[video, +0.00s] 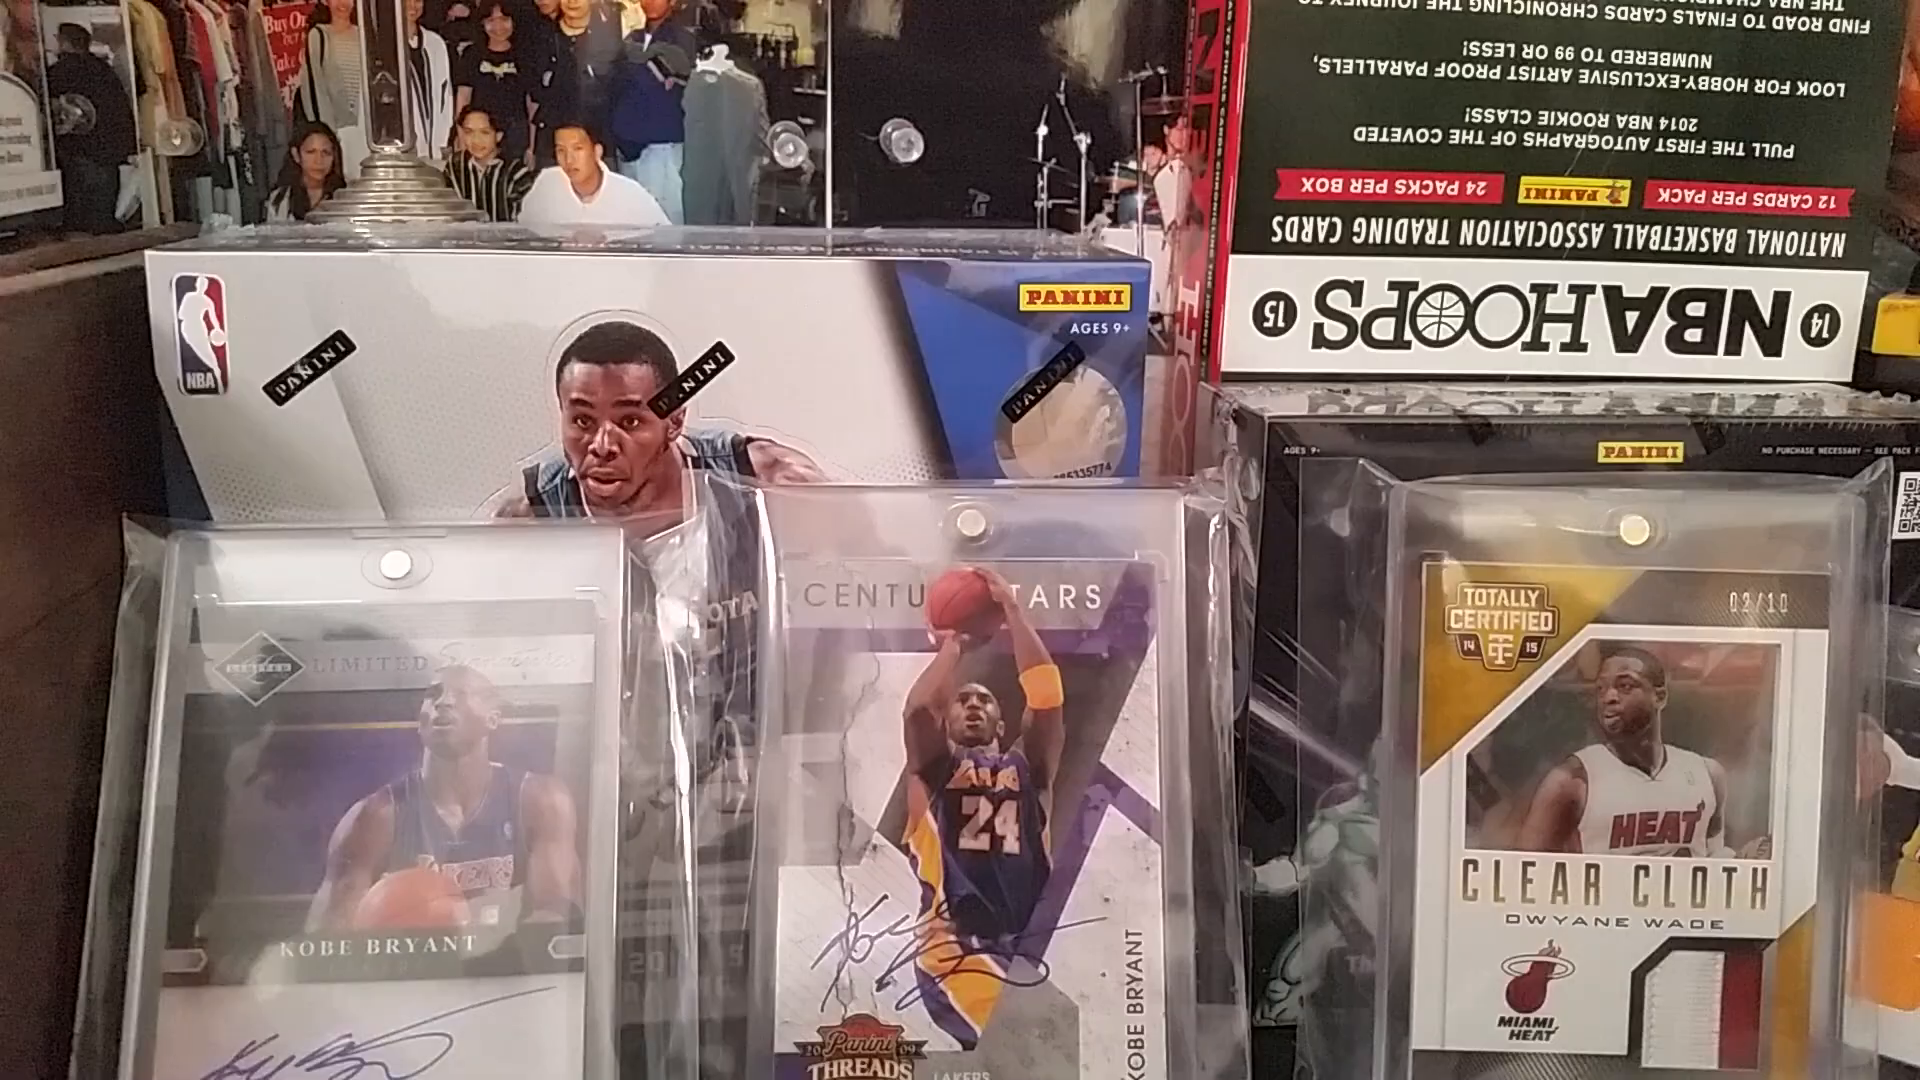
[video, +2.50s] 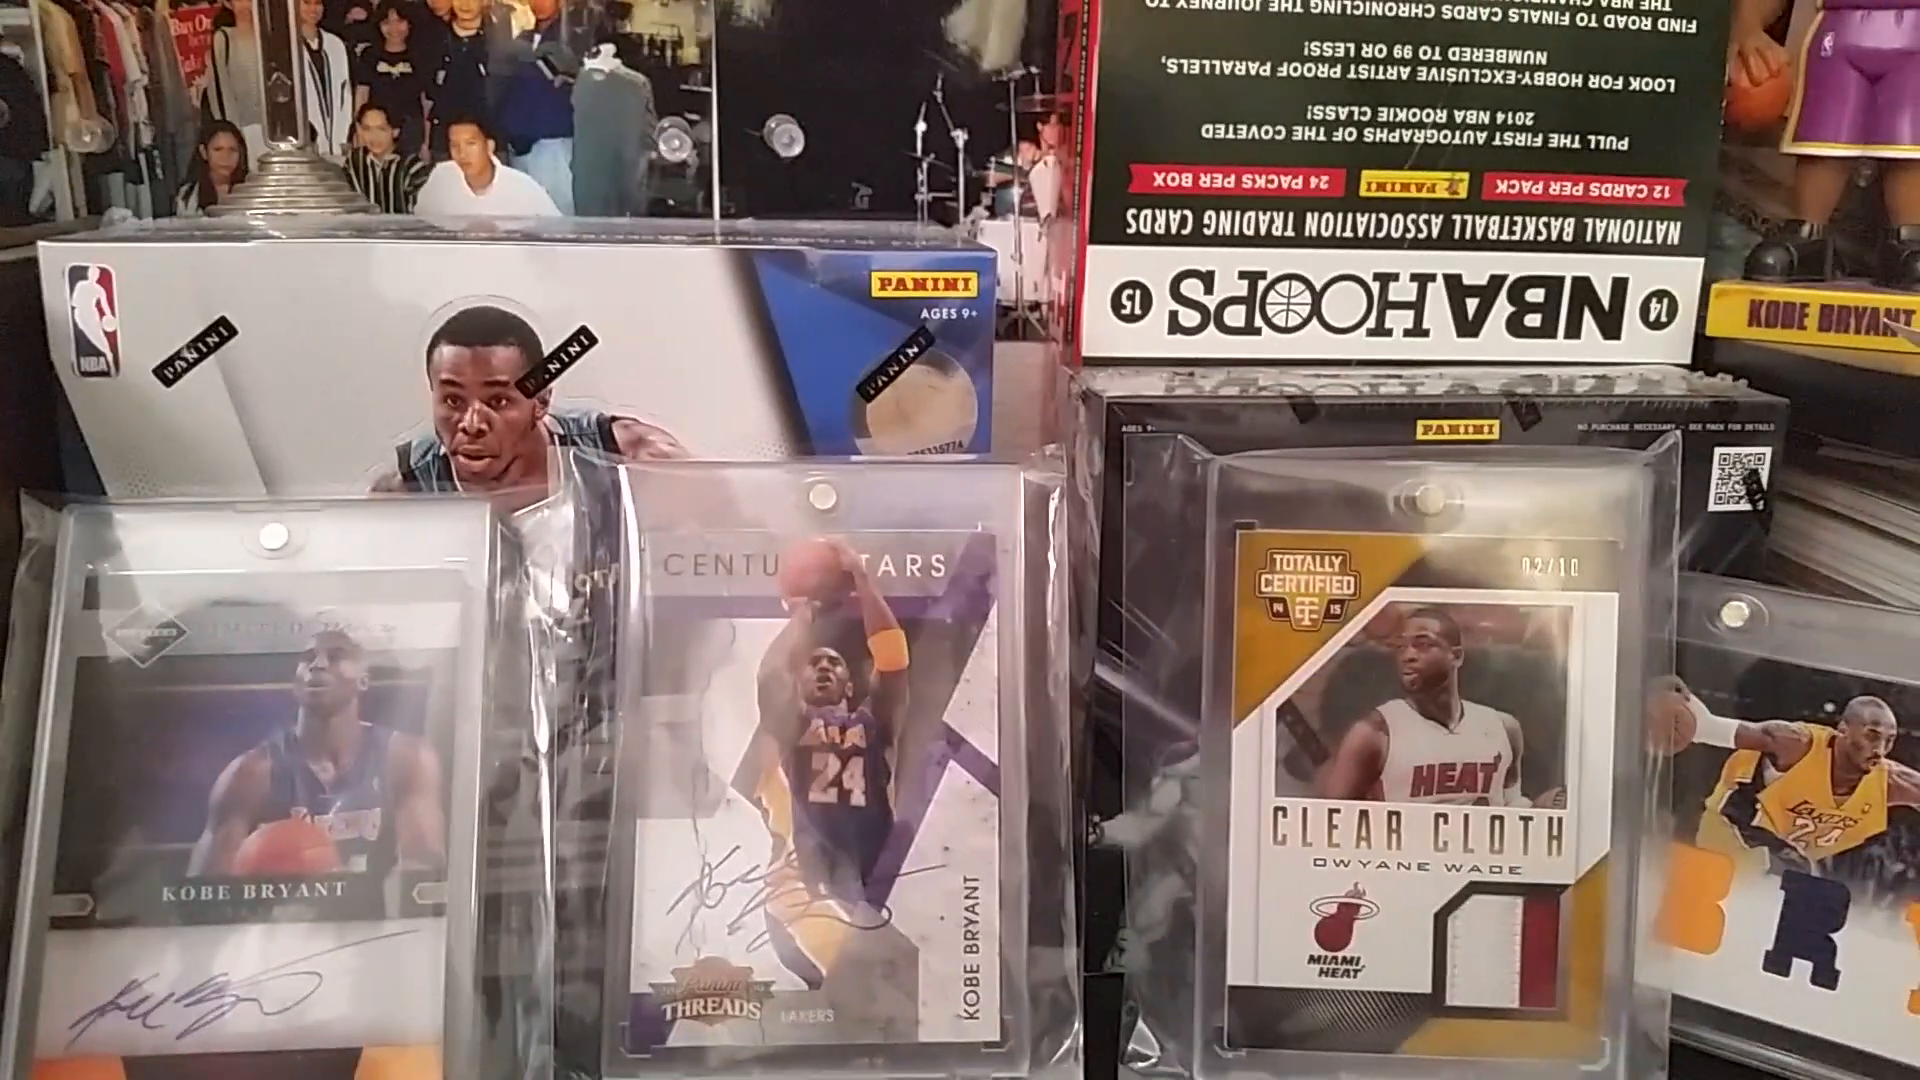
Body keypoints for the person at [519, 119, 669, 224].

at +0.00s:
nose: (569, 160)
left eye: (578, 149)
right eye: (561, 152)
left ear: (597, 152)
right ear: (555, 156)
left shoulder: (630, 193)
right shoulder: (547, 183)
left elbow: (668, 240)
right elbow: (521, 232)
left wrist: (609, 244)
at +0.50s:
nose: (569, 161)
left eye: (578, 149)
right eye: (561, 151)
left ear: (597, 152)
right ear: (555, 155)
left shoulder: (629, 192)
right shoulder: (547, 183)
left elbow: (668, 240)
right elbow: (521, 233)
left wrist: (609, 244)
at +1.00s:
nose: (569, 159)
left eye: (578, 149)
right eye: (561, 151)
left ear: (597, 151)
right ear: (555, 154)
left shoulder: (629, 192)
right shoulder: (547, 183)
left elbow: (668, 240)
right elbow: (521, 233)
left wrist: (609, 243)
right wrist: (564, 244)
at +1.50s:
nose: (579, 160)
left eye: (588, 149)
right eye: (571, 151)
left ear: (607, 151)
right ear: (565, 154)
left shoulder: (640, 192)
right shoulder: (557, 182)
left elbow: (678, 240)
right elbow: (532, 231)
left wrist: (619, 243)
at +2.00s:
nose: (573, 159)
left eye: (583, 149)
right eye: (567, 151)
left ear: (602, 153)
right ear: (561, 156)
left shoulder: (633, 193)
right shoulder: (553, 183)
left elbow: (669, 239)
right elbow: (528, 232)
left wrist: (614, 244)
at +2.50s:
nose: (462, 154)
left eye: (471, 144)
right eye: (455, 146)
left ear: (490, 147)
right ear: (449, 150)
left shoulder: (522, 186)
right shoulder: (442, 177)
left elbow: (559, 233)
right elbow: (418, 226)